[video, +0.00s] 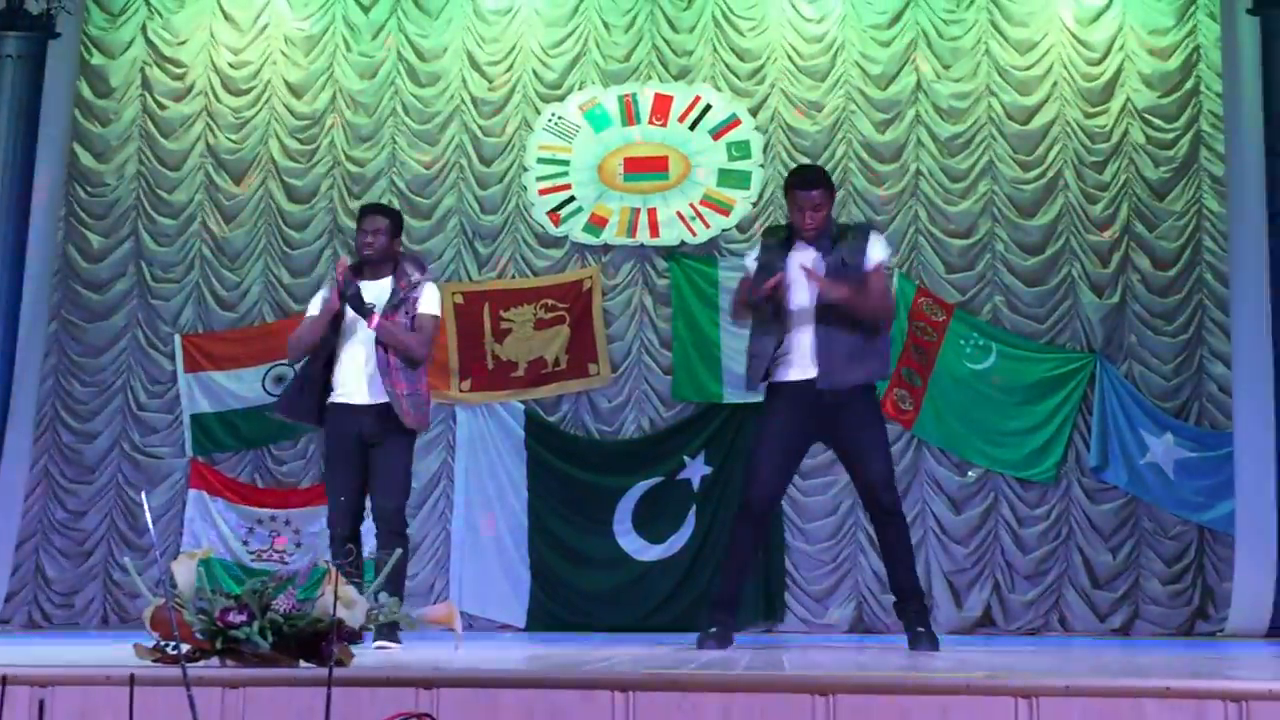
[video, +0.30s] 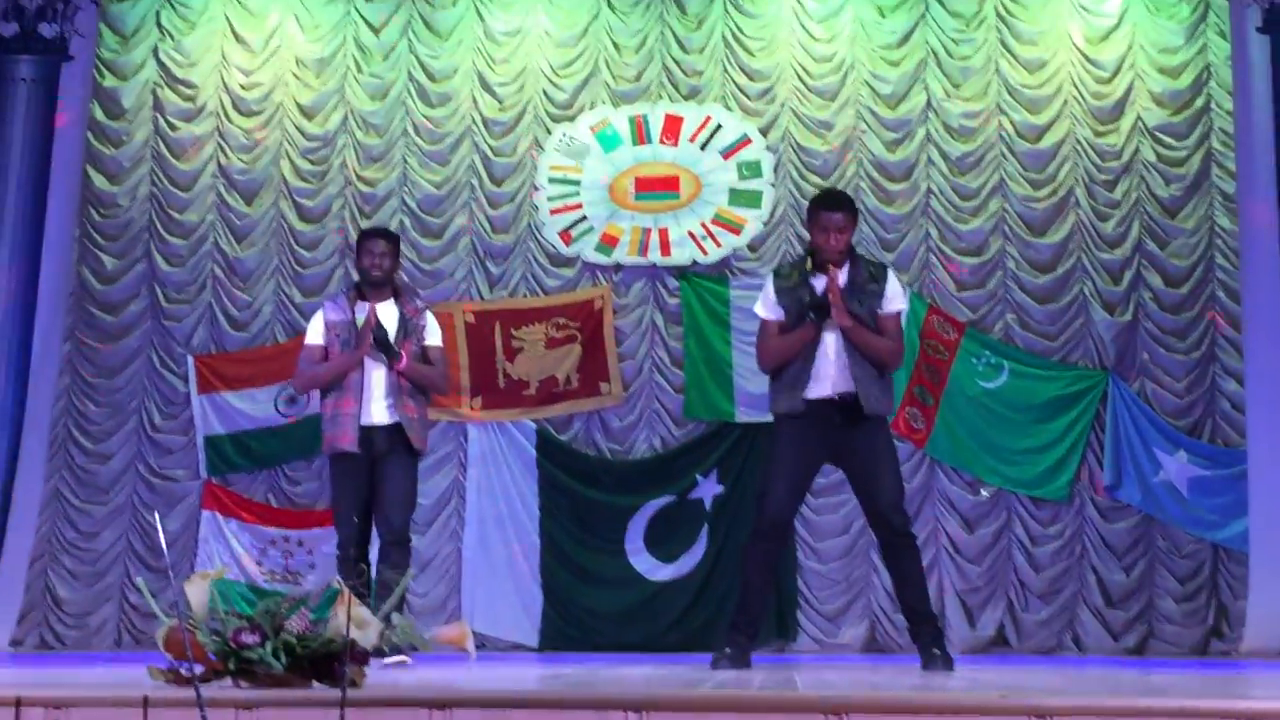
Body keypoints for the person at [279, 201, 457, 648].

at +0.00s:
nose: (368, 241)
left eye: (378, 234)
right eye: (363, 233)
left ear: (397, 240)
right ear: (355, 238)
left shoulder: (420, 287)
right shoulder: (335, 286)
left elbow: (420, 350)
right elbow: (296, 349)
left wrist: (369, 315)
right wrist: (332, 308)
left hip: (392, 415)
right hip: (341, 415)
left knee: (389, 517)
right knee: (343, 520)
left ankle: (387, 622)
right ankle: (345, 621)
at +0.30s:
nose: (378, 262)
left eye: (386, 256)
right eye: (370, 255)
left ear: (397, 262)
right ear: (357, 261)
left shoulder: (418, 315)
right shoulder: (331, 313)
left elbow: (441, 380)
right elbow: (304, 378)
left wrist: (398, 360)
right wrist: (356, 354)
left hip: (399, 436)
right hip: (349, 436)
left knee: (395, 530)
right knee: (352, 535)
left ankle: (388, 627)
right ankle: (355, 627)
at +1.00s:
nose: (401, 308)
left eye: (410, 301)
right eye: (394, 300)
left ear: (426, 307)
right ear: (385, 305)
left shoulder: (451, 359)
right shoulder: (365, 358)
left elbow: (476, 423)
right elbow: (342, 432)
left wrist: (438, 403)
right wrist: (357, 409)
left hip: (428, 490)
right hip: (377, 489)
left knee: (423, 589)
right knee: (371, 591)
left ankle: (421, 685)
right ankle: (387, 682)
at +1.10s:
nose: (393, 326)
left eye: (403, 318)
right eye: (386, 318)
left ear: (420, 326)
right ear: (378, 324)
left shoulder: (447, 378)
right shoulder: (361, 380)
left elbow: (465, 451)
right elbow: (349, 452)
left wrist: (433, 495)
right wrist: (353, 493)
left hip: (428, 503)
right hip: (379, 501)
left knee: (419, 593)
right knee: (364, 588)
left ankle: (418, 682)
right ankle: (369, 678)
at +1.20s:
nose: (385, 357)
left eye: (395, 349)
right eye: (378, 349)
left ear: (412, 358)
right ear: (369, 357)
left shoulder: (439, 407)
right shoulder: (352, 412)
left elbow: (464, 479)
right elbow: (330, 483)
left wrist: (474, 540)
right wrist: (307, 542)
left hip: (429, 513)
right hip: (377, 512)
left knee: (417, 593)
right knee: (358, 588)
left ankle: (414, 684)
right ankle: (350, 679)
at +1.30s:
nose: (381, 348)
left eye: (390, 340)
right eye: (374, 340)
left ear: (408, 347)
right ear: (365, 347)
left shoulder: (438, 394)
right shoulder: (347, 401)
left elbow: (488, 450)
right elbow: (297, 456)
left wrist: (530, 496)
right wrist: (247, 498)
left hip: (426, 512)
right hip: (374, 509)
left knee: (411, 592)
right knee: (354, 588)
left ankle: (411, 682)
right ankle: (347, 673)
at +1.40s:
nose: (381, 320)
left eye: (391, 312)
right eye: (375, 312)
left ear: (409, 317)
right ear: (367, 317)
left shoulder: (440, 359)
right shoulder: (347, 364)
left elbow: (507, 373)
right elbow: (285, 392)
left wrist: (538, 401)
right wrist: (227, 405)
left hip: (423, 500)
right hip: (370, 495)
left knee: (411, 588)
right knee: (355, 586)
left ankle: (412, 687)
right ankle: (343, 684)